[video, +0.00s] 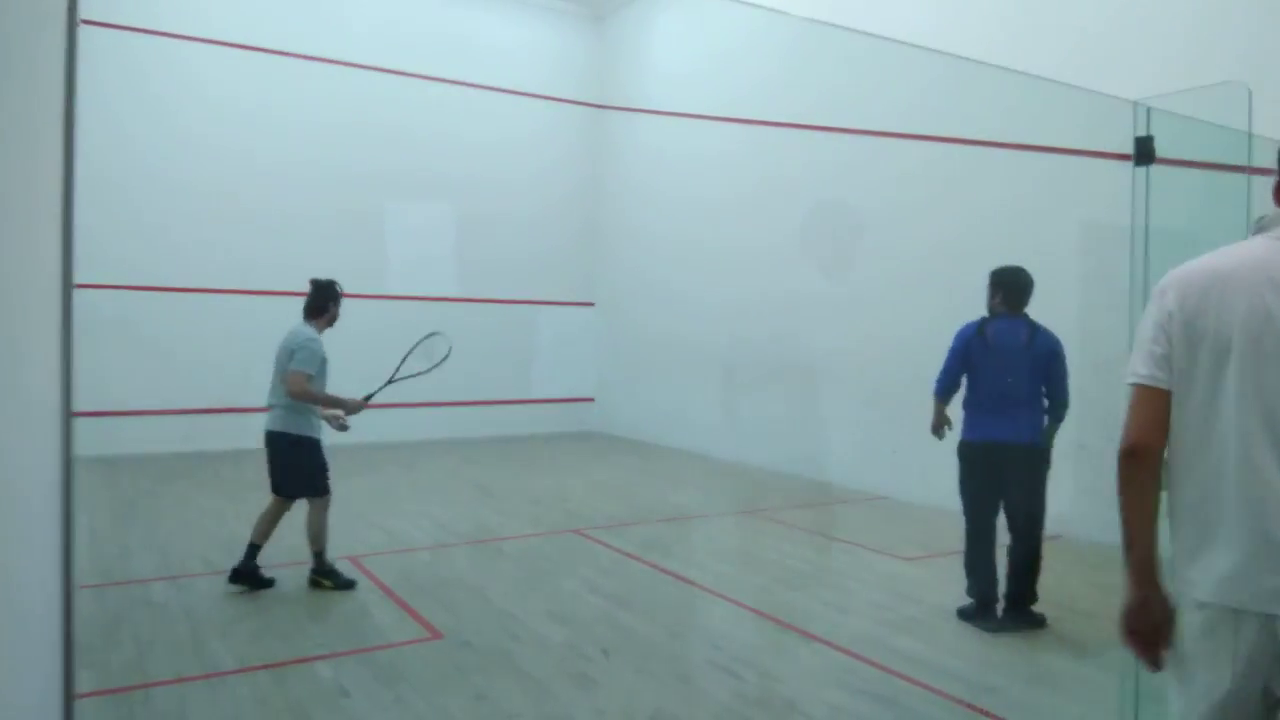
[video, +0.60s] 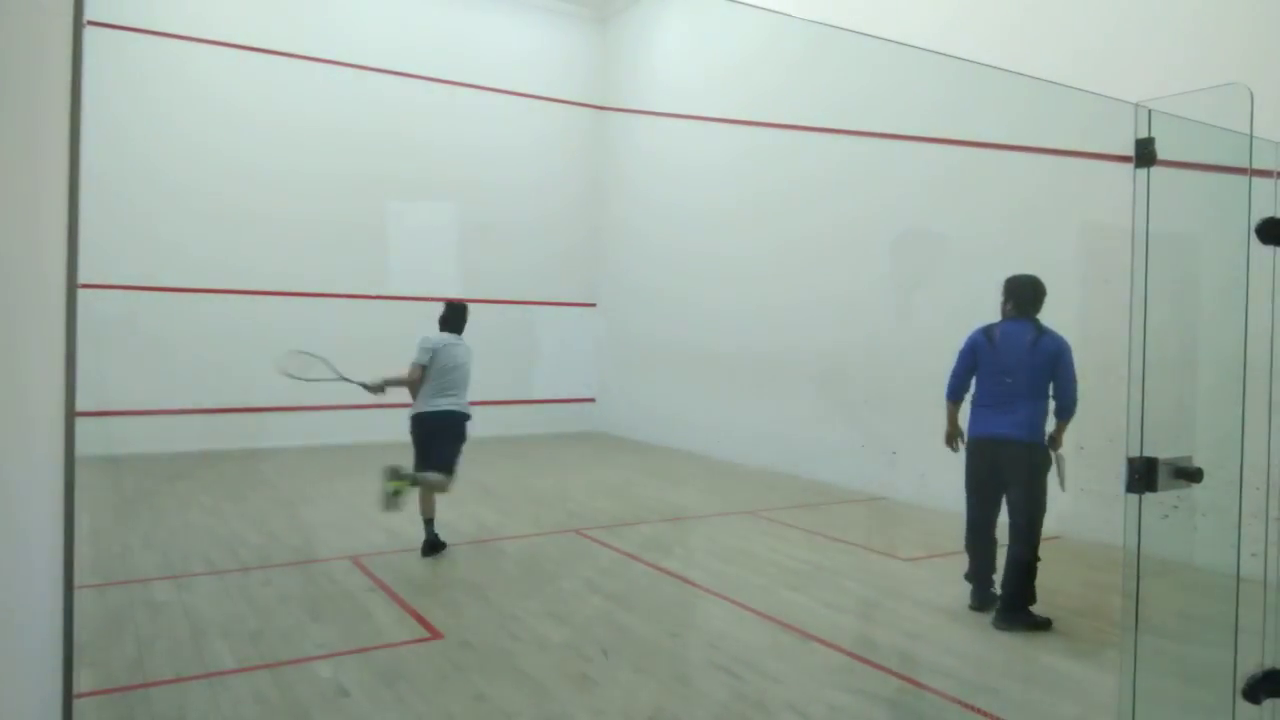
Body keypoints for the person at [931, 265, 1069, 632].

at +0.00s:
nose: (988, 299)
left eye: (990, 293)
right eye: (992, 294)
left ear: (995, 296)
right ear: (1026, 298)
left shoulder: (972, 334)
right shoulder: (1045, 341)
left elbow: (948, 377)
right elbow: (1059, 399)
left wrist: (939, 410)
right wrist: (1048, 433)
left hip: (979, 451)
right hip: (1027, 452)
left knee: (979, 527)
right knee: (1026, 532)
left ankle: (982, 602)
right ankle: (1019, 605)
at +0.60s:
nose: (1000, 305)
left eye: (1002, 299)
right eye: (1004, 299)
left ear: (1007, 303)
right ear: (1038, 305)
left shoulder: (982, 337)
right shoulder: (1054, 344)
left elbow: (957, 382)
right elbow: (1066, 398)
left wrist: (952, 423)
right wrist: (1058, 432)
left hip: (982, 449)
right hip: (1027, 451)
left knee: (980, 521)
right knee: (1025, 530)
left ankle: (981, 593)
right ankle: (1014, 610)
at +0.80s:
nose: (1072, 346)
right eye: (1074, 341)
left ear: (1042, 333)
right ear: (1070, 342)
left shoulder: (1011, 357)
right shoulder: (1070, 376)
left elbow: (971, 367)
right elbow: (1110, 416)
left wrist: (947, 376)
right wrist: (1139, 416)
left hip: (981, 452)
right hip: (1021, 458)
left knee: (998, 502)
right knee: (1038, 534)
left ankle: (1007, 566)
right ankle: (1013, 609)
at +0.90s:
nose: (1075, 356)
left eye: (1073, 350)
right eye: (1075, 351)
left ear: (1045, 345)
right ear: (1072, 354)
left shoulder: (1018, 368)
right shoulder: (1069, 387)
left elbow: (977, 385)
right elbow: (1099, 417)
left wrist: (937, 403)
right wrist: (1132, 398)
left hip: (992, 456)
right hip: (1027, 462)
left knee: (1028, 509)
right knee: (1019, 527)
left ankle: (1036, 562)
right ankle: (987, 592)